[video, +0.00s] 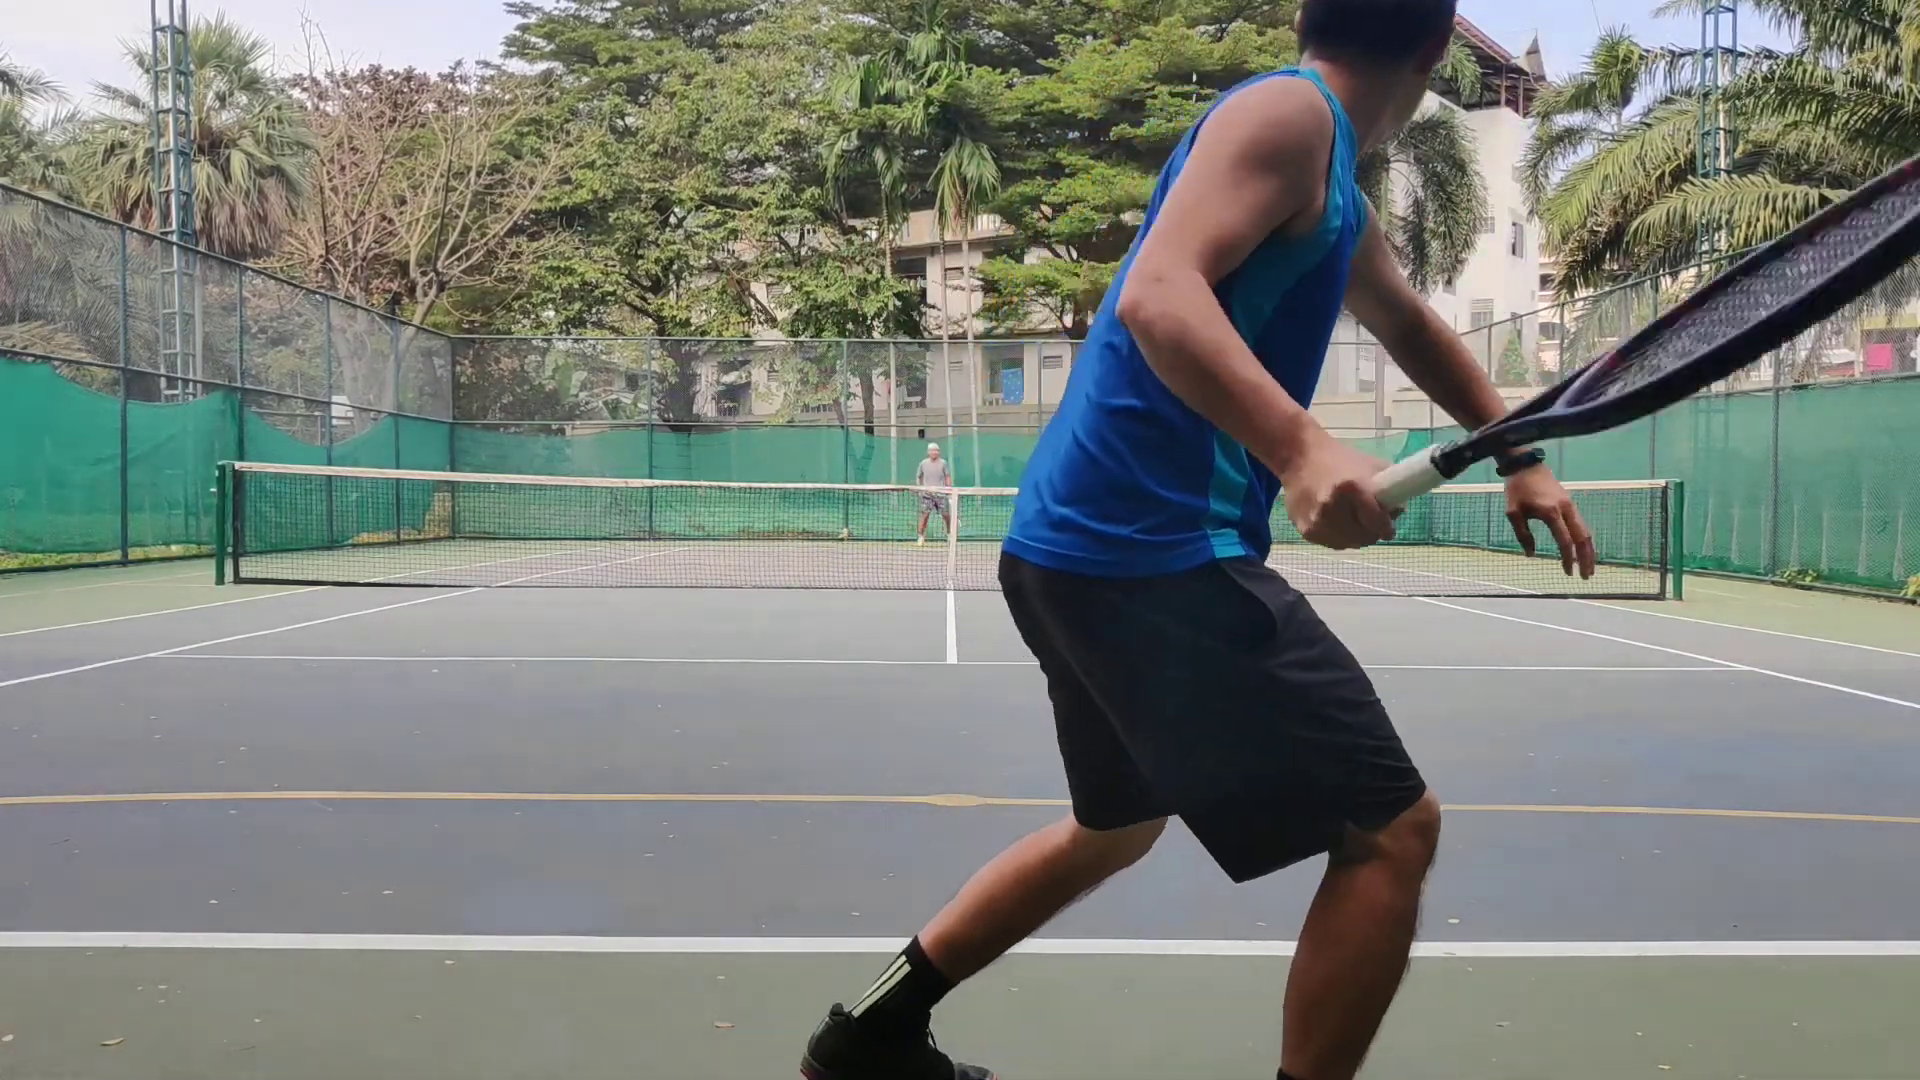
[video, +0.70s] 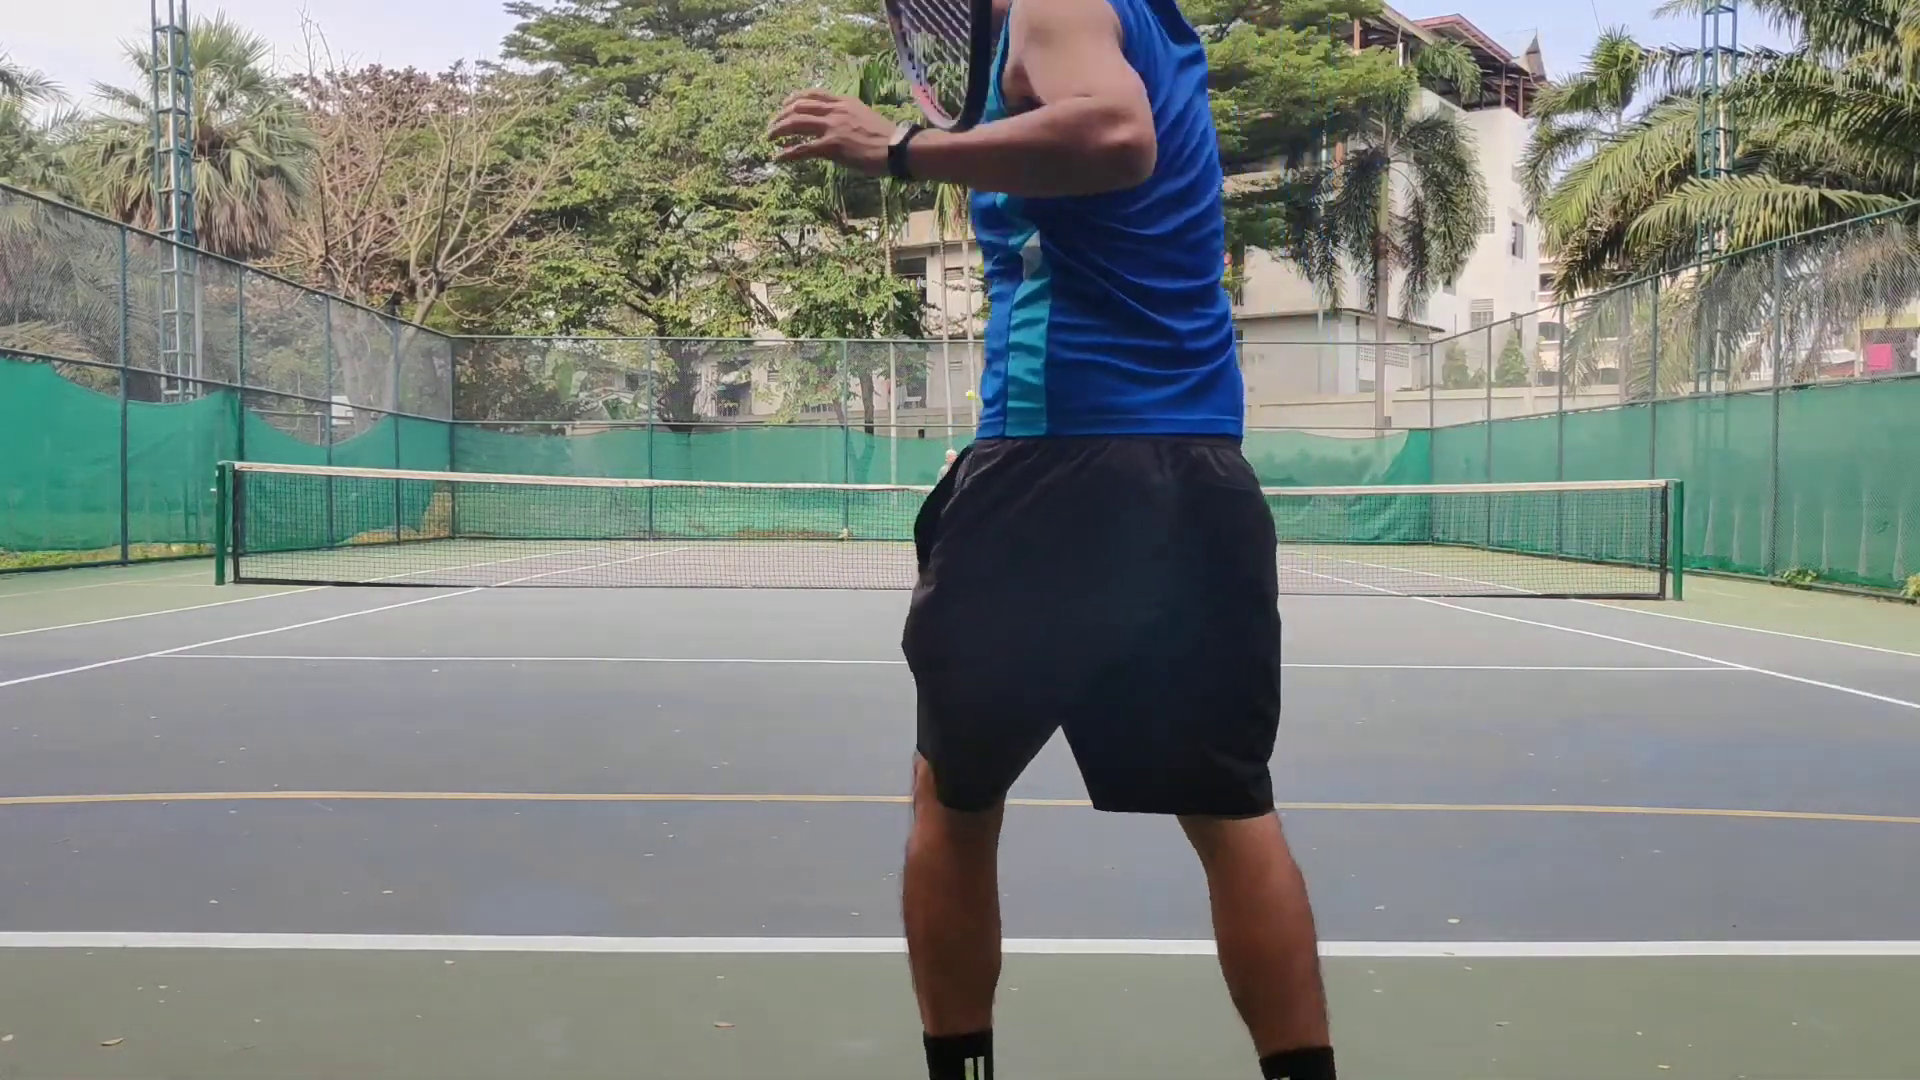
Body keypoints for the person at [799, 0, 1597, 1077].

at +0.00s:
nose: (1436, 79)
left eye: (1439, 58)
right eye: (1444, 55)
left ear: (1321, 25)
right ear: (1432, 49)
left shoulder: (1325, 174)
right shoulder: (1286, 114)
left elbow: (1413, 328)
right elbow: (1160, 296)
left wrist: (1520, 458)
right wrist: (1305, 452)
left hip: (1078, 549)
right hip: (1153, 556)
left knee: (1117, 823)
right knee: (1392, 827)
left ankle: (880, 1024)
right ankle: (1310, 1069)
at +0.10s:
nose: (1456, 40)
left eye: (1458, 25)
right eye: (1459, 21)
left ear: (1336, 4)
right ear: (1443, 23)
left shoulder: (1297, 96)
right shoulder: (1319, 97)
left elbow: (1339, 260)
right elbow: (1250, 307)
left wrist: (1411, 376)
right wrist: (1411, 498)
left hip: (1073, 521)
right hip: (1179, 537)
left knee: (1075, 807)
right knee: (1402, 826)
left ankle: (877, 1031)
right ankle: (1313, 1077)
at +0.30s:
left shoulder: (1126, 8)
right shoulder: (1420, 23)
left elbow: (993, 30)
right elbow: (1436, 258)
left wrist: (1129, 85)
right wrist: (1446, 290)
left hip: (1069, 454)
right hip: (1261, 484)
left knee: (1021, 726)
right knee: (1310, 817)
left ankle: (958, 1003)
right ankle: (1296, 1072)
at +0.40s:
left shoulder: (1127, 10)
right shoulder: (1378, 21)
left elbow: (910, 5)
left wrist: (1049, 37)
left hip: (1081, 442)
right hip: (1276, 463)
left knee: (1019, 730)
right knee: (1291, 819)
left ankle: (958, 1022)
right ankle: (1296, 1076)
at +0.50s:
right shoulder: (1328, 12)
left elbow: (893, 25)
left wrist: (1038, 11)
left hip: (1090, 444)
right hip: (1273, 457)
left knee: (1003, 745)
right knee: (1281, 820)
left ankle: (948, 1051)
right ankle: (1295, 1077)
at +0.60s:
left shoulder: (1102, 12)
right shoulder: (1251, 17)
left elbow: (988, 65)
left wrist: (872, 70)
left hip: (1075, 460)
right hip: (1244, 462)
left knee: (985, 797)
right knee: (1264, 820)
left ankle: (957, 1067)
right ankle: (1291, 1071)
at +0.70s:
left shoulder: (1053, 8)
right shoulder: (1166, 36)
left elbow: (1114, 133)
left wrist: (902, 145)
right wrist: (970, 137)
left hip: (1044, 479)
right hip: (1201, 478)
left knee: (956, 806)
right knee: (1236, 814)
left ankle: (958, 1071)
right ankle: (1306, 1075)